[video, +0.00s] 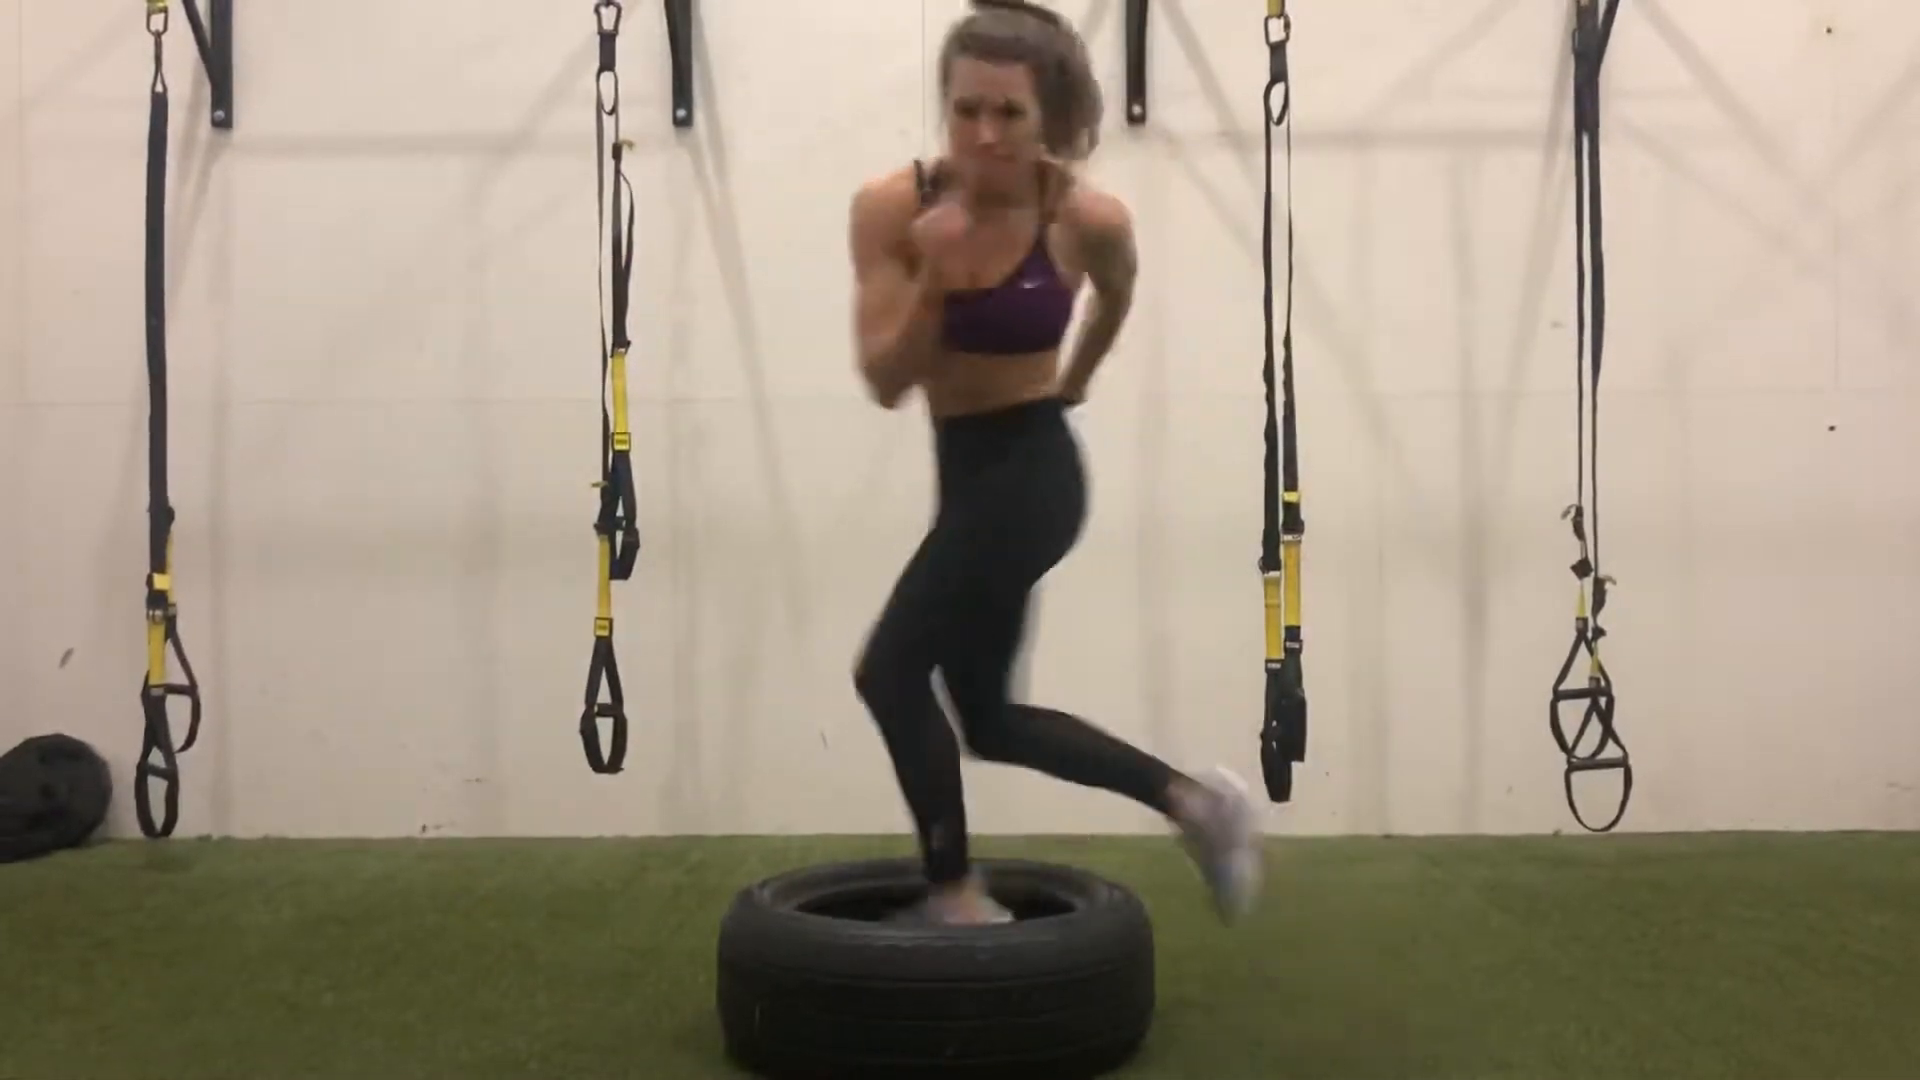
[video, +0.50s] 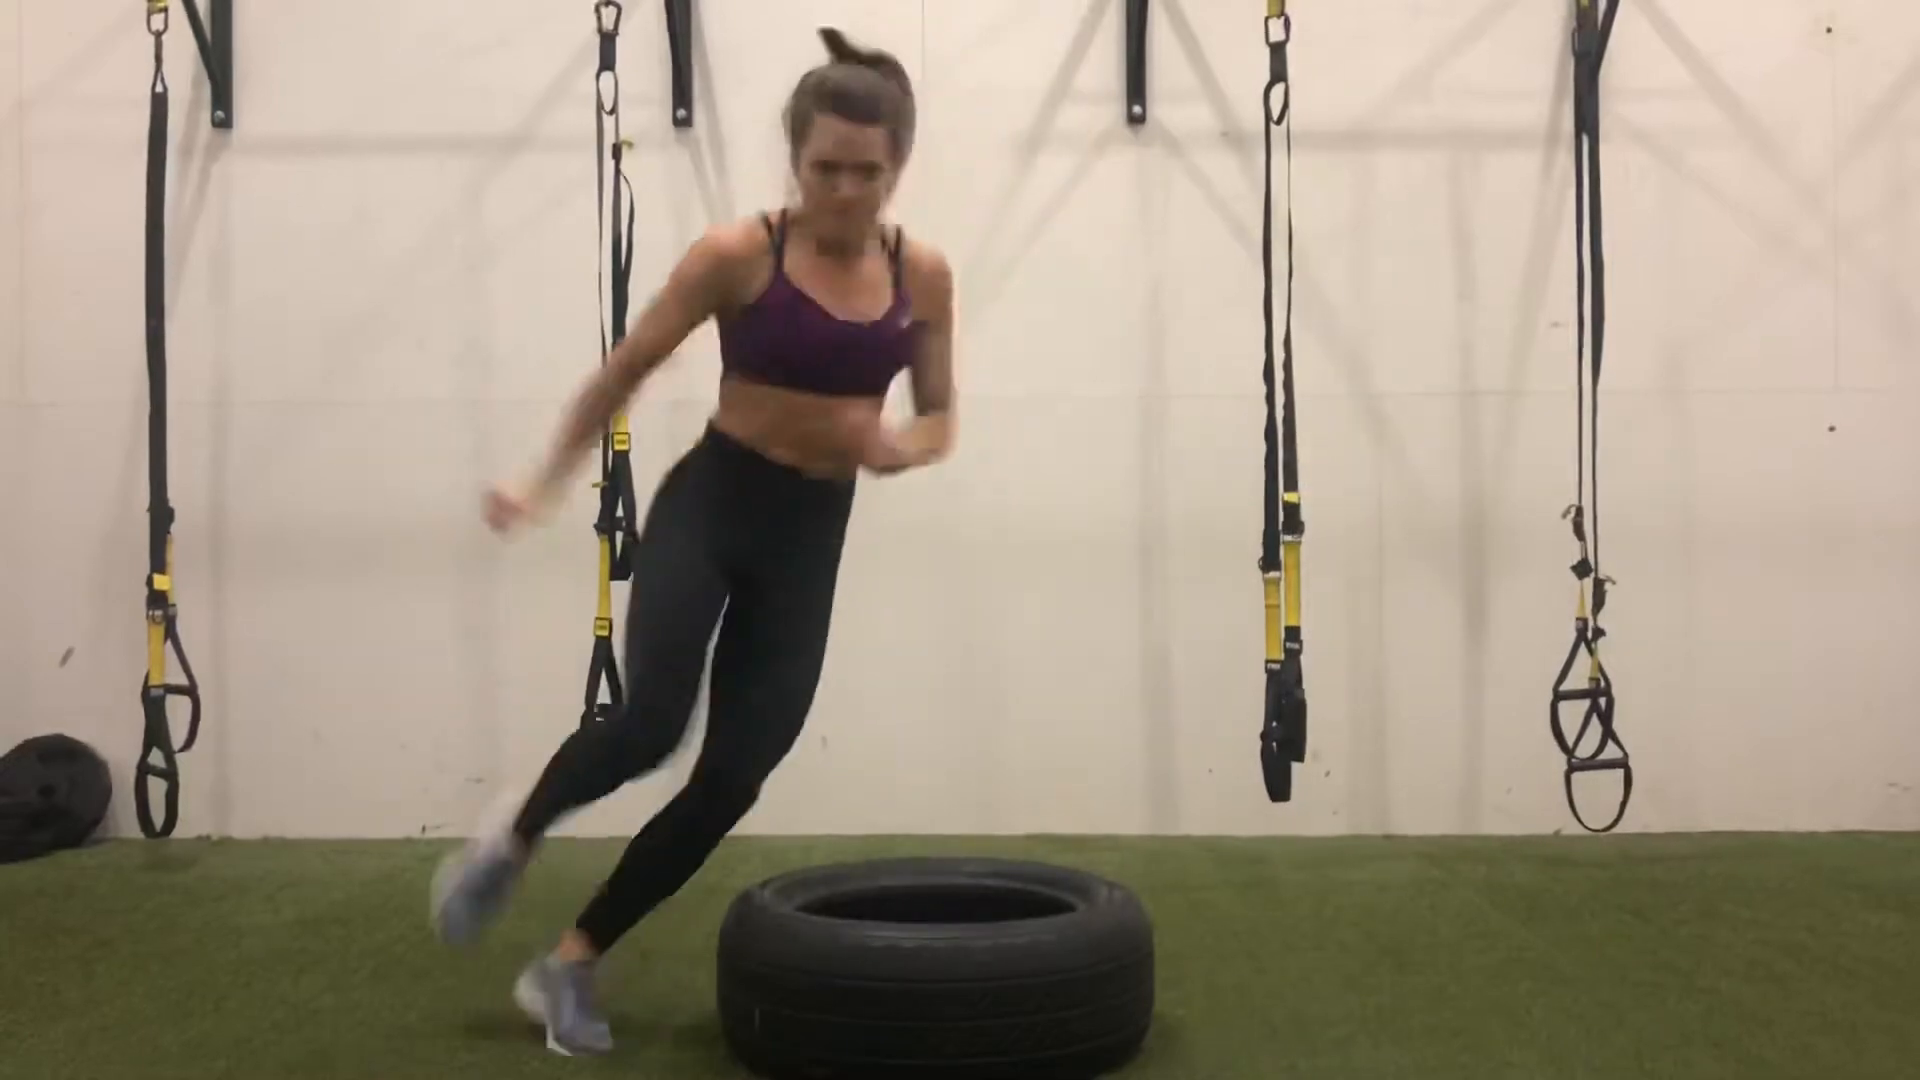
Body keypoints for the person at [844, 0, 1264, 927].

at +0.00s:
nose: (983, 134)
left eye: (1006, 113)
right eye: (966, 111)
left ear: (1051, 118)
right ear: (944, 109)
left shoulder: (1087, 222)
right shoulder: (891, 208)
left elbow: (1114, 297)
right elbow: (884, 383)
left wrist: (1073, 378)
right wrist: (933, 283)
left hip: (1032, 477)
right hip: (970, 481)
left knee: (889, 677)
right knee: (987, 722)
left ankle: (956, 899)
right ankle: (1197, 804)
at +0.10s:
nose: (935, 132)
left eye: (958, 112)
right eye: (918, 109)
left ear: (998, 119)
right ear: (895, 108)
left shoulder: (1024, 235)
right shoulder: (841, 202)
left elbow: (1108, 334)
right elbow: (782, 354)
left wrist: (1076, 433)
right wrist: (845, 299)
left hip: (972, 496)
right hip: (887, 496)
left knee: (937, 731)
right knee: (772, 688)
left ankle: (962, 945)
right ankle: (965, 735)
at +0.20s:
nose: (894, 127)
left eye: (916, 108)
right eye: (878, 102)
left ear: (943, 113)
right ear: (846, 97)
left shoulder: (970, 216)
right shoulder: (780, 190)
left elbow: (1094, 322)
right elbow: (731, 355)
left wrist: (1122, 464)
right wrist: (815, 290)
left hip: (915, 453)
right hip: (814, 448)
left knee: (853, 663)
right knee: (710, 665)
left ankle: (945, 882)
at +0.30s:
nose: (863, 176)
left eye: (884, 156)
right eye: (845, 151)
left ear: (914, 155)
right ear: (813, 140)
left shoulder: (929, 258)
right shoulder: (755, 233)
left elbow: (1035, 358)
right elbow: (708, 396)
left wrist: (1054, 436)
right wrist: (819, 339)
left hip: (843, 483)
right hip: (739, 484)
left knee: (776, 572)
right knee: (654, 726)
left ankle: (859, 720)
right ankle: (600, 938)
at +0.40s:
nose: (845, 186)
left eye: (865, 165)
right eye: (827, 162)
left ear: (895, 166)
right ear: (796, 156)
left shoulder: (915, 269)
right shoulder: (746, 250)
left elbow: (949, 391)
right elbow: (685, 408)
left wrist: (929, 442)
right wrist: (736, 490)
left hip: (811, 498)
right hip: (706, 481)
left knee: (765, 648)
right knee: (626, 720)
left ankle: (696, 798)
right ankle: (580, 938)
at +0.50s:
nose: (848, 191)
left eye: (868, 170)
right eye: (830, 168)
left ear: (899, 165)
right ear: (796, 155)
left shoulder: (922, 276)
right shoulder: (735, 257)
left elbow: (940, 424)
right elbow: (628, 365)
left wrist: (894, 448)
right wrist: (539, 483)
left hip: (808, 536)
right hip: (710, 504)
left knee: (731, 784)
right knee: (649, 729)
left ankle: (569, 962)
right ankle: (517, 831)